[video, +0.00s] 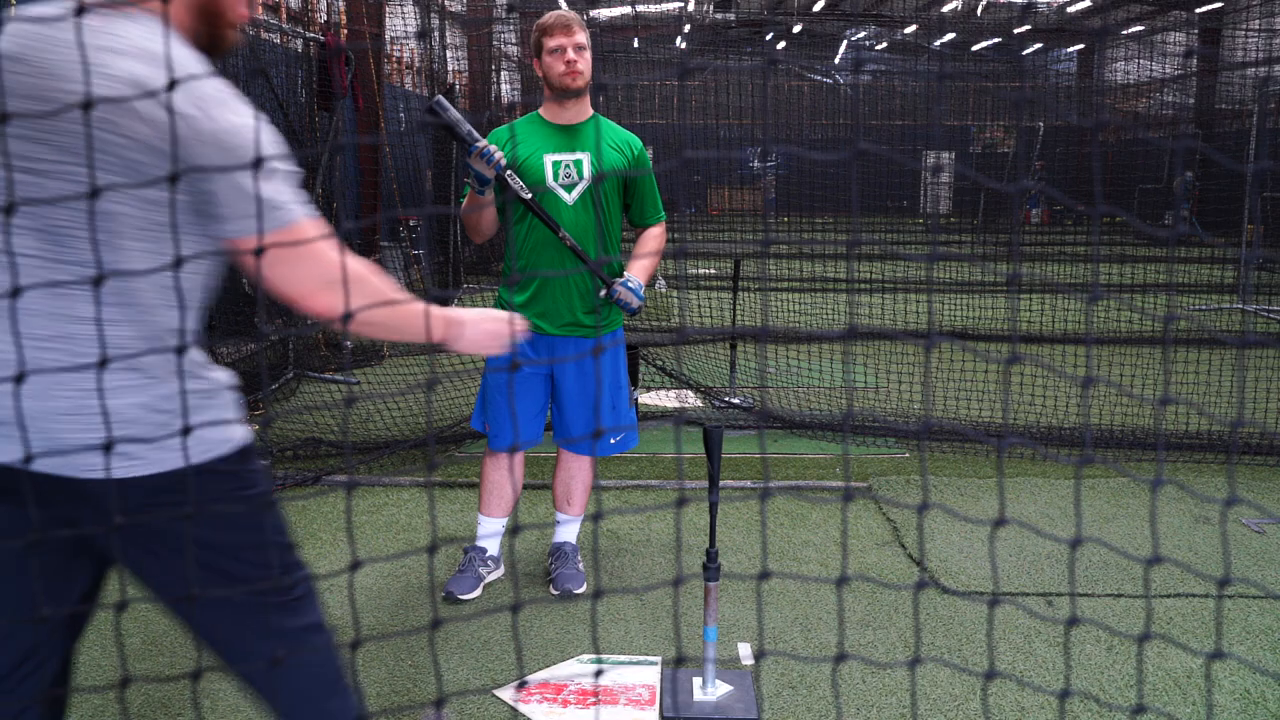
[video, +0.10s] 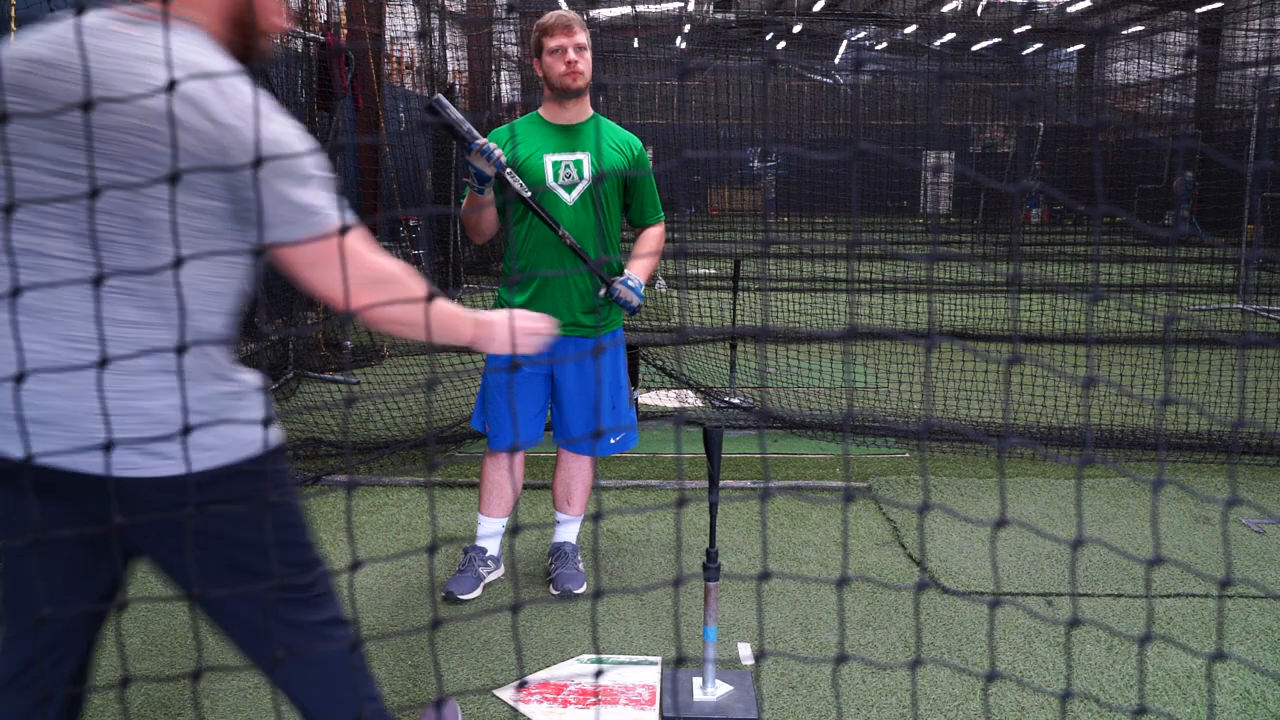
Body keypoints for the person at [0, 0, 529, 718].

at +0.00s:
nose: (253, 7)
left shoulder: (15, 45)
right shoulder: (196, 105)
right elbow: (321, 281)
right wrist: (450, 325)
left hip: (21, 448)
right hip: (159, 445)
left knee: (17, 686)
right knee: (295, 661)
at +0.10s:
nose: (292, 18)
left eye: (294, 5)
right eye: (287, 3)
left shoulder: (18, 64)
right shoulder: (241, 116)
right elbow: (357, 283)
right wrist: (485, 327)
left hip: (33, 452)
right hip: (194, 453)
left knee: (29, 690)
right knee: (322, 665)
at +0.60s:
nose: (521, 109)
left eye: (525, 94)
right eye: (524, 93)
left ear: (442, 55)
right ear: (501, 81)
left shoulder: (311, 85)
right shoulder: (495, 184)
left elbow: (194, 179)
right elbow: (579, 315)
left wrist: (200, 315)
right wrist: (654, 376)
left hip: (210, 381)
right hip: (359, 416)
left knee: (147, 591)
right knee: (403, 599)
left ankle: (83, 709)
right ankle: (404, 710)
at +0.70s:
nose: (532, 123)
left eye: (536, 106)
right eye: (533, 105)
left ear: (453, 65)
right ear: (506, 89)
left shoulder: (326, 91)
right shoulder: (502, 188)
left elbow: (208, 177)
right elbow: (588, 318)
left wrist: (206, 319)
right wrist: (662, 381)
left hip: (219, 377)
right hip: (364, 410)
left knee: (148, 590)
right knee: (404, 597)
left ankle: (84, 706)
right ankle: (402, 709)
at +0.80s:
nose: (543, 137)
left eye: (547, 122)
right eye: (543, 120)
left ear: (463, 77)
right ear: (516, 102)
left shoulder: (342, 97)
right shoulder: (514, 198)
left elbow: (223, 180)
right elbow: (596, 323)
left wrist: (211, 318)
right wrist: (672, 389)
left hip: (229, 370)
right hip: (373, 406)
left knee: (148, 584)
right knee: (407, 593)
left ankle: (78, 711)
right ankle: (404, 713)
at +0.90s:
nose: (545, 142)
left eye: (549, 129)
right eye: (545, 126)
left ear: (472, 83)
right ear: (516, 106)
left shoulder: (346, 103)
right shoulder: (517, 205)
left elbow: (224, 183)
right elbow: (599, 326)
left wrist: (212, 318)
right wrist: (676, 392)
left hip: (229, 371)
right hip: (372, 407)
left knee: (146, 582)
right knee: (407, 590)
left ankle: (73, 711)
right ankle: (404, 709)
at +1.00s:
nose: (544, 147)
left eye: (549, 133)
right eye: (546, 131)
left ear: (473, 89)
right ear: (519, 113)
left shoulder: (345, 105)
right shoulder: (515, 207)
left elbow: (221, 181)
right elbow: (598, 330)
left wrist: (208, 318)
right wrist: (673, 397)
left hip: (224, 372)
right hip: (367, 408)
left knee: (137, 586)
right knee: (404, 592)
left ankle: (66, 714)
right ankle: (404, 710)